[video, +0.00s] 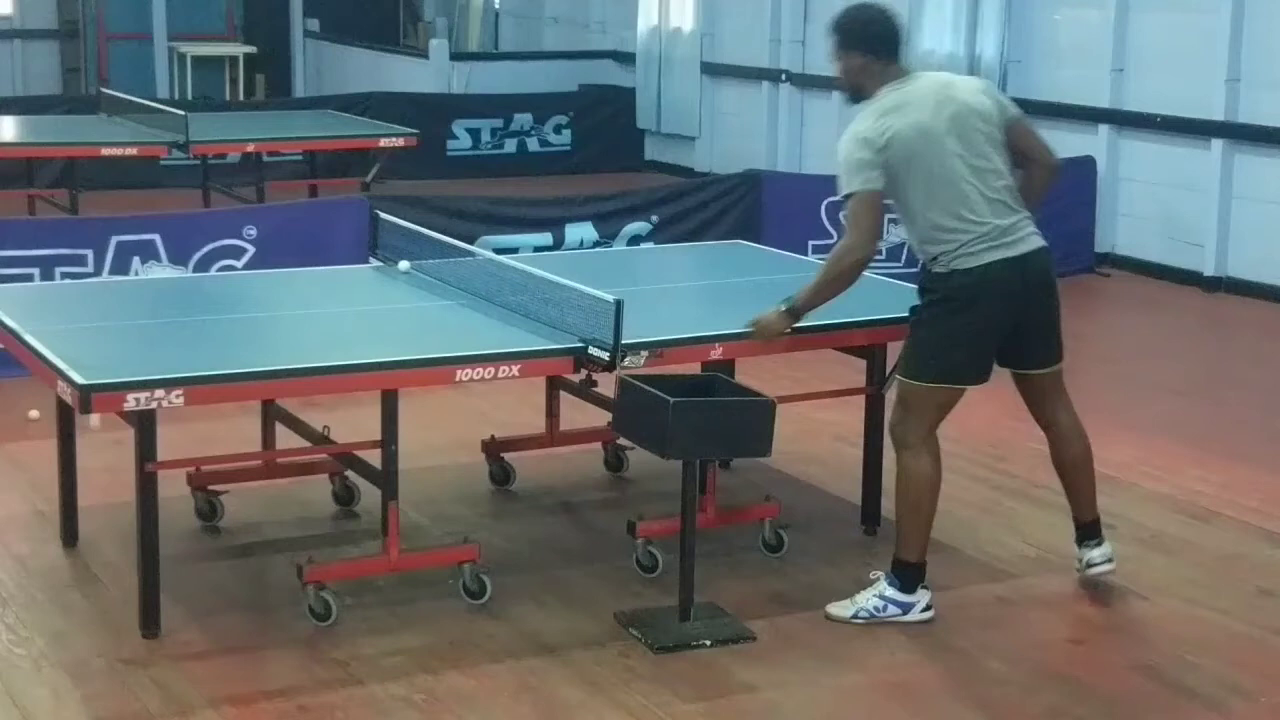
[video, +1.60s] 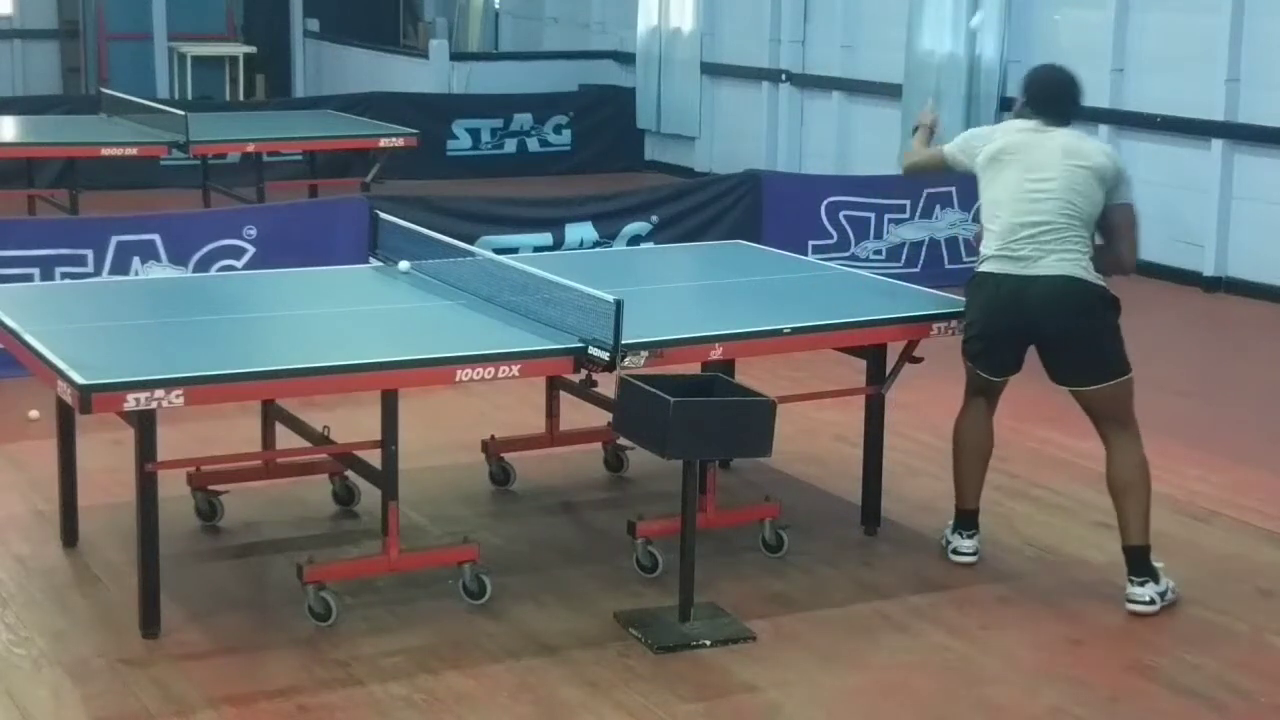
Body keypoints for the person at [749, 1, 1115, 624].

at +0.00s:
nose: (837, 72)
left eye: (839, 61)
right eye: (837, 61)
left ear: (858, 59)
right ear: (894, 52)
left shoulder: (868, 131)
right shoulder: (970, 89)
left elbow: (859, 246)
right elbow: (1043, 164)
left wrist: (791, 312)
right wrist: (1000, 220)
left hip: (962, 288)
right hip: (1031, 272)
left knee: (912, 427)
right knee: (1055, 408)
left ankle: (905, 586)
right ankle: (1093, 544)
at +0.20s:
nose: (899, 59)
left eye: (900, 49)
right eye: (903, 48)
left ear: (911, 52)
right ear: (956, 46)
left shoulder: (911, 125)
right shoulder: (1026, 96)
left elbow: (898, 237)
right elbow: (1089, 175)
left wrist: (855, 292)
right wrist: (1048, 235)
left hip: (981, 294)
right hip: (1052, 285)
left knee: (933, 431)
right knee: (1065, 426)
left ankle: (907, 585)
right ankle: (1088, 567)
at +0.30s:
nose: (948, 57)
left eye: (948, 48)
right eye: (955, 46)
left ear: (953, 51)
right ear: (1003, 45)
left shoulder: (943, 124)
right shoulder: (1063, 104)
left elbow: (931, 237)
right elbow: (1124, 185)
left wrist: (907, 285)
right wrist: (1081, 236)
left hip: (1001, 298)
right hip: (1074, 293)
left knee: (945, 431)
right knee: (1082, 425)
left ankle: (910, 582)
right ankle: (1094, 572)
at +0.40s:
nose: (976, 57)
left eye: (976, 48)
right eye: (984, 47)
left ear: (980, 49)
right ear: (1031, 44)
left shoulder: (964, 118)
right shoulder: (1089, 102)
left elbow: (956, 236)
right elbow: (1145, 191)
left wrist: (954, 249)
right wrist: (1094, 230)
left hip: (1013, 292)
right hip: (1090, 290)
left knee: (954, 422)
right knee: (1094, 426)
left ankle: (924, 570)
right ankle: (1094, 572)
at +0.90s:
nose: (972, 146)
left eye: (971, 139)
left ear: (976, 135)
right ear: (1027, 126)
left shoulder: (964, 171)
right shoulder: (1081, 159)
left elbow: (940, 269)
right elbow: (1102, 242)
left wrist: (956, 234)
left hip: (1013, 311)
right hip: (1090, 313)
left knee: (981, 408)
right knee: (1098, 432)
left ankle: (964, 531)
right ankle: (1091, 567)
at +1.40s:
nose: (973, 135)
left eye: (974, 127)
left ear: (976, 126)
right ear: (1028, 123)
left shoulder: (956, 158)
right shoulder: (1072, 159)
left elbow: (913, 219)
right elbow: (1088, 253)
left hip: (986, 298)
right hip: (1063, 301)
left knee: (973, 401)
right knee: (1110, 428)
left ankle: (964, 531)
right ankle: (1139, 571)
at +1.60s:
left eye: (1020, 100)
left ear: (1021, 104)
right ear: (1075, 111)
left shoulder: (990, 140)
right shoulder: (1103, 157)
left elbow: (913, 163)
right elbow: (1121, 260)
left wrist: (923, 134)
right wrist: (1071, 245)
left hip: (996, 293)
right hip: (1074, 300)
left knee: (979, 399)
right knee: (1119, 431)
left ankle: (964, 531)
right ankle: (1141, 578)